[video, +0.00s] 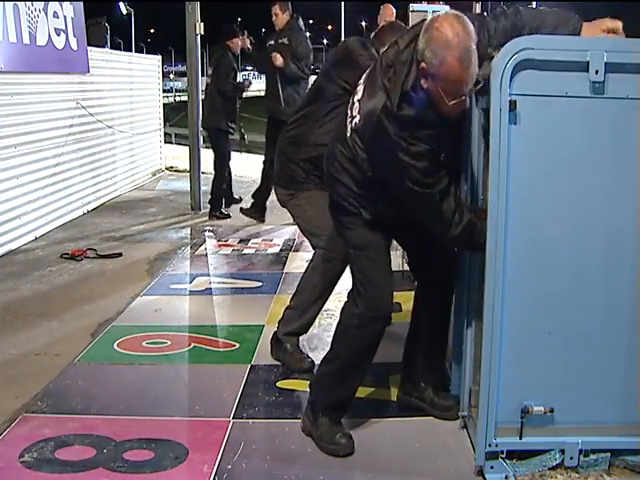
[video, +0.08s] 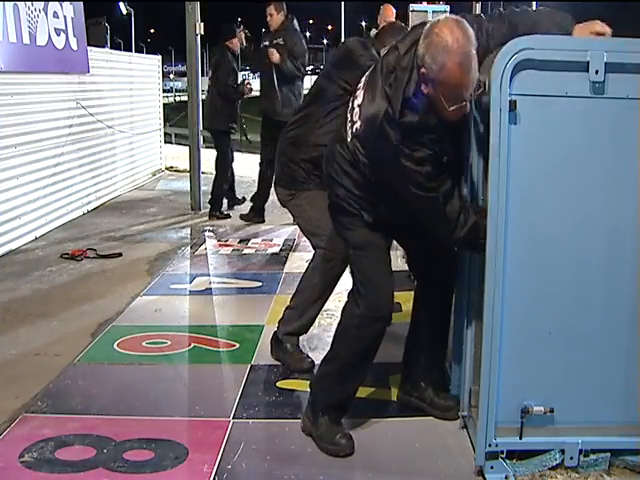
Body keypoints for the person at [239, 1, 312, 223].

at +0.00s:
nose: (273, 18)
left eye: (276, 14)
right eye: (272, 14)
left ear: (288, 13)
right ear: (275, 15)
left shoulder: (300, 38)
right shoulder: (272, 37)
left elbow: (304, 70)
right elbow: (264, 66)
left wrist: (285, 64)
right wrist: (249, 50)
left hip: (293, 109)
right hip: (276, 108)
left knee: (274, 159)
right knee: (270, 158)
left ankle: (259, 205)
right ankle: (258, 206)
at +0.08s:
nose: (268, 18)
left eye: (271, 14)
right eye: (267, 15)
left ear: (283, 13)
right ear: (270, 15)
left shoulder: (294, 36)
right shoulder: (269, 36)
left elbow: (299, 71)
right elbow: (257, 63)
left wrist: (280, 61)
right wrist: (245, 46)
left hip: (289, 110)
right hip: (271, 108)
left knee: (288, 161)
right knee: (267, 160)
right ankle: (257, 209)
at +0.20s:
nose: (260, 18)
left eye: (263, 13)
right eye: (258, 14)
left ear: (274, 12)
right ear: (259, 15)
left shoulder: (286, 35)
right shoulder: (259, 35)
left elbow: (294, 68)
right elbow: (245, 62)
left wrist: (273, 55)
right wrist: (236, 41)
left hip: (281, 108)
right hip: (260, 107)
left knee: (287, 159)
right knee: (259, 161)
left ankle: (301, 211)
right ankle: (256, 211)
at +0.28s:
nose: (255, 16)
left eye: (258, 11)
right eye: (252, 12)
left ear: (269, 10)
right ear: (252, 13)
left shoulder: (280, 34)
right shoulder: (252, 34)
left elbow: (287, 67)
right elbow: (236, 59)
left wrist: (270, 49)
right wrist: (230, 34)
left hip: (275, 110)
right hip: (254, 109)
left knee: (282, 162)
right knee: (253, 163)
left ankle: (299, 209)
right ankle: (256, 211)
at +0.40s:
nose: (247, 16)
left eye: (250, 11)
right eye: (245, 12)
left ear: (261, 10)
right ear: (244, 13)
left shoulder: (272, 31)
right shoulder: (242, 33)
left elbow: (281, 61)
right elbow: (226, 58)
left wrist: (265, 39)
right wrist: (225, 27)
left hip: (265, 105)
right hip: (245, 105)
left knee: (265, 157)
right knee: (247, 160)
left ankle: (291, 198)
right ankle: (255, 211)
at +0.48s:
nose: (243, 18)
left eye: (246, 13)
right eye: (241, 14)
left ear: (256, 12)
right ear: (241, 15)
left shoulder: (269, 32)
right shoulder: (240, 35)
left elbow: (280, 57)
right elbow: (224, 53)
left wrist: (264, 30)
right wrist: (222, 22)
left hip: (261, 102)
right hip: (240, 102)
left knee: (255, 153)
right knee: (244, 157)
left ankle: (276, 199)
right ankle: (255, 210)